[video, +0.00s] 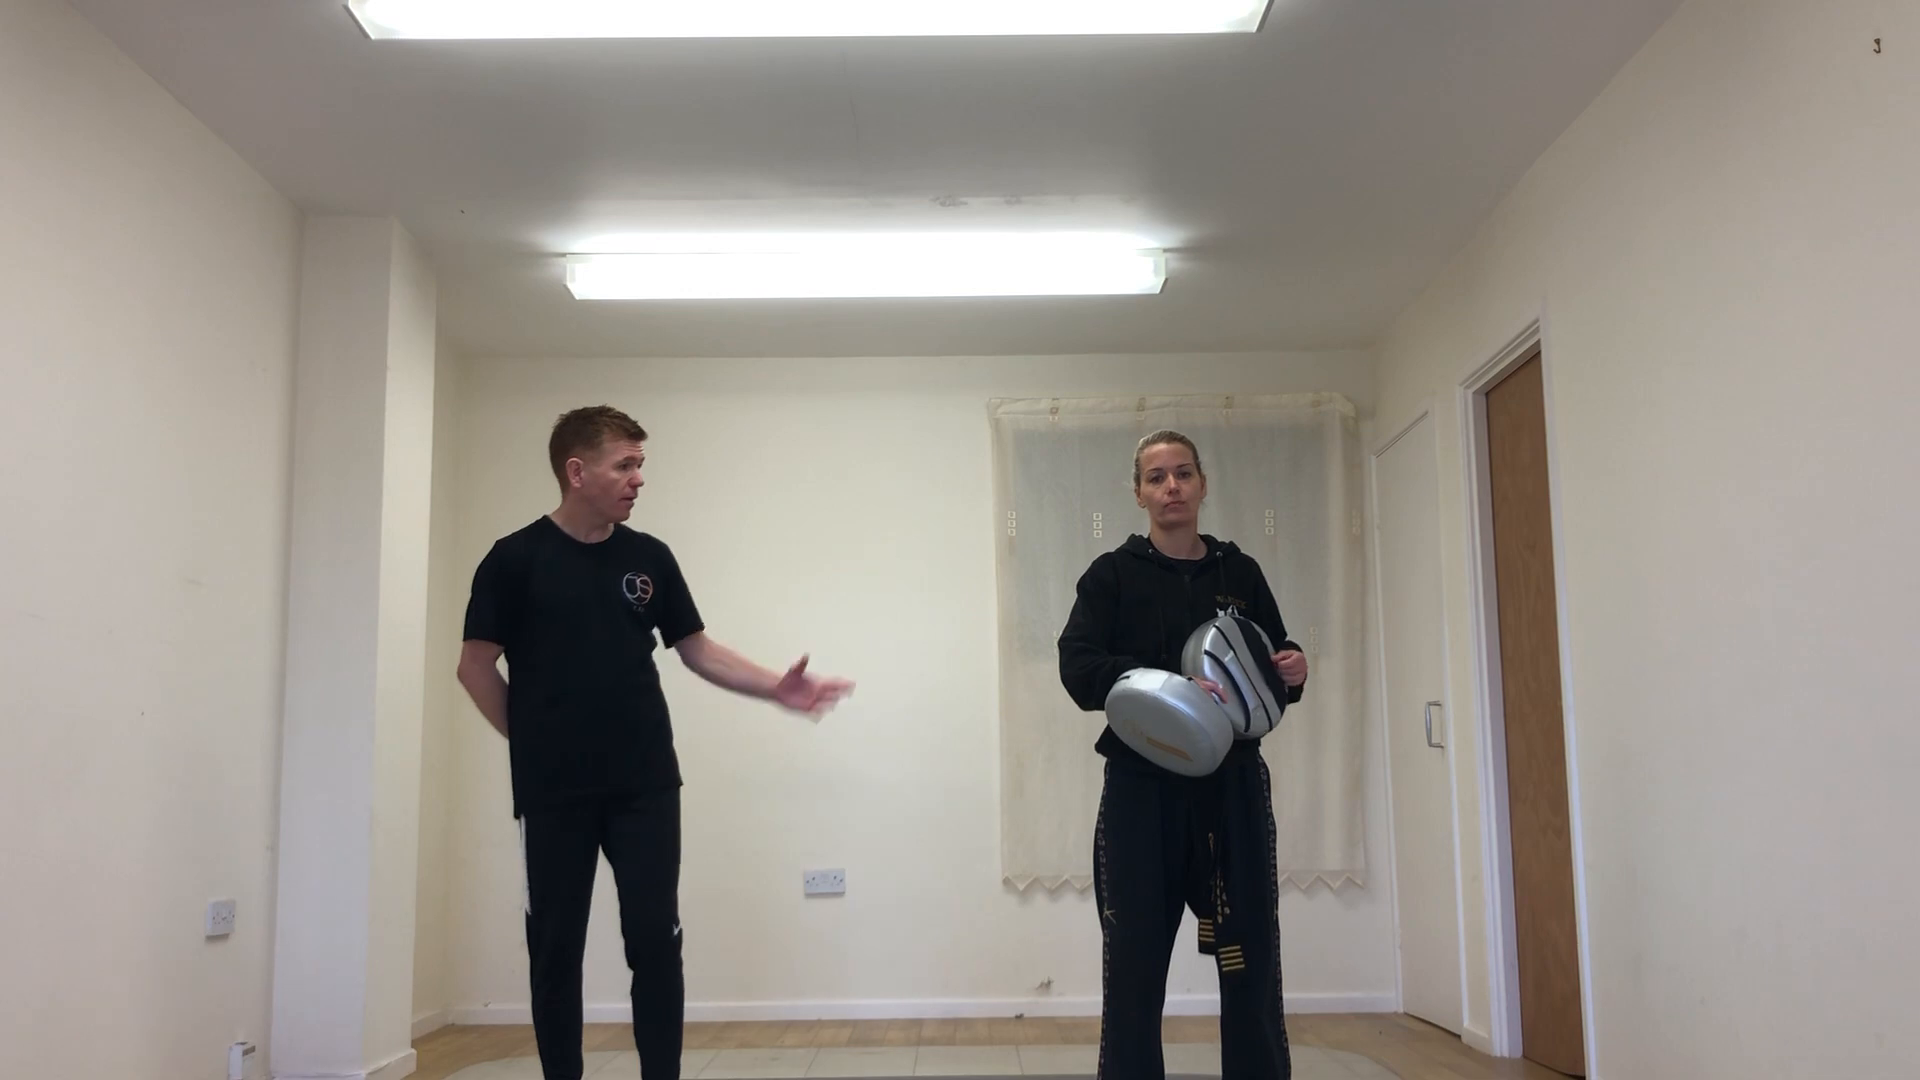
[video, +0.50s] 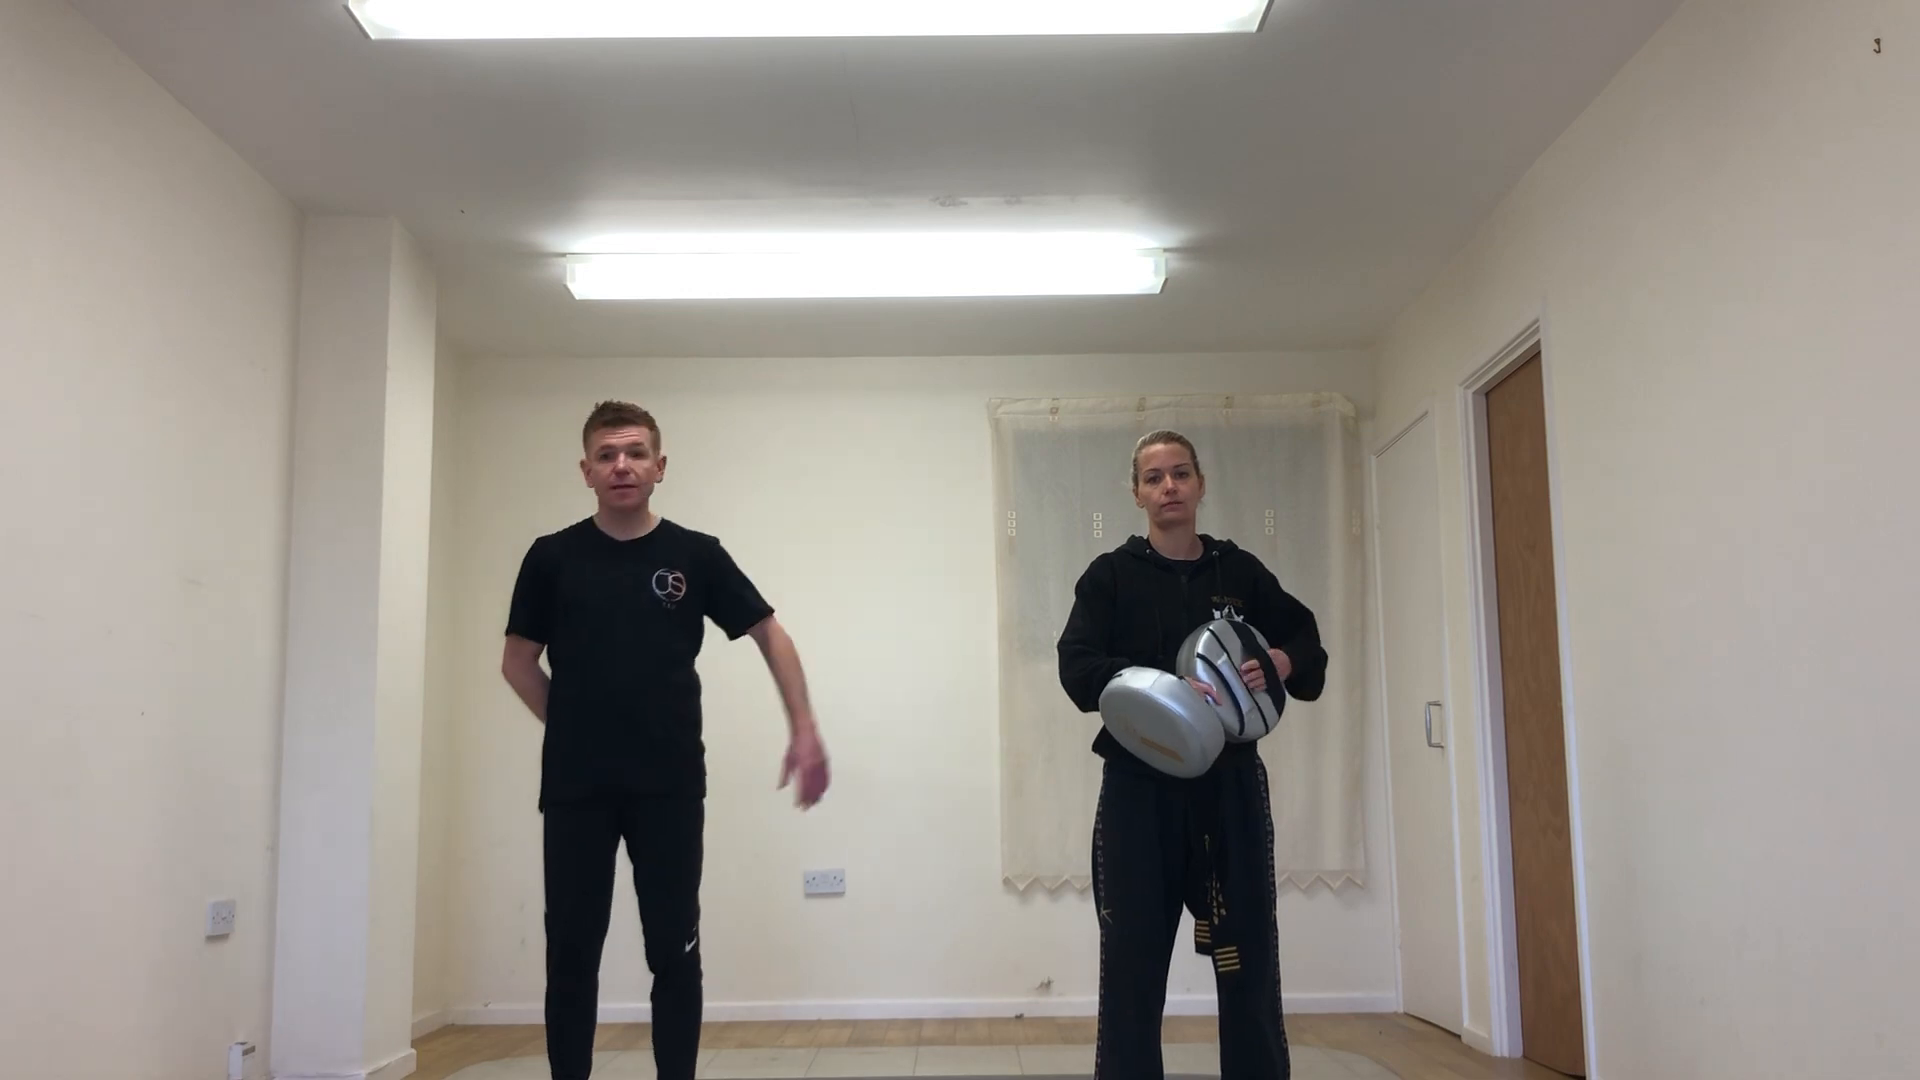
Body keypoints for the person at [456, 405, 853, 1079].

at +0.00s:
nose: (639, 480)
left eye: (641, 467)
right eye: (625, 467)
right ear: (574, 471)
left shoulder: (648, 557)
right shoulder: (512, 560)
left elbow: (697, 649)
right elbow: (473, 667)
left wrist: (776, 686)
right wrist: (530, 733)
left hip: (643, 778)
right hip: (554, 784)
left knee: (656, 944)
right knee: (555, 949)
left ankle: (662, 1075)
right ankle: (561, 1075)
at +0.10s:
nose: (647, 480)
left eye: (649, 467)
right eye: (634, 467)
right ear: (584, 468)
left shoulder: (650, 558)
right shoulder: (518, 555)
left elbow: (717, 637)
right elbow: (475, 662)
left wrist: (806, 627)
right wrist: (527, 735)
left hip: (643, 777)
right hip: (556, 783)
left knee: (659, 946)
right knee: (555, 951)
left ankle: (668, 1076)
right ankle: (562, 1075)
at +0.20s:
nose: (651, 477)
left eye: (653, 465)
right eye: (638, 464)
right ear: (588, 467)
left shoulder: (659, 559)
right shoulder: (523, 555)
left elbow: (738, 624)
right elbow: (479, 661)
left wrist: (827, 597)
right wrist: (531, 732)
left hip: (647, 780)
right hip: (557, 783)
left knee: (662, 949)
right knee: (556, 951)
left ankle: (671, 1076)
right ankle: (562, 1076)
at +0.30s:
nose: (635, 472)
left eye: (644, 460)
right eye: (619, 458)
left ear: (652, 468)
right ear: (579, 466)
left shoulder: (670, 558)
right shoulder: (529, 556)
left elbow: (750, 624)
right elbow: (488, 660)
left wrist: (841, 604)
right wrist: (541, 728)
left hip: (653, 780)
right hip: (563, 782)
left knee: (665, 950)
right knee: (560, 953)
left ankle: (674, 1075)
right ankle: (563, 1075)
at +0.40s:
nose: (621, 466)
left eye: (634, 454)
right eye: (606, 454)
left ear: (653, 469)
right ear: (581, 468)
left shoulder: (682, 557)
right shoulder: (538, 557)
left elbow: (760, 624)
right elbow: (501, 662)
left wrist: (845, 656)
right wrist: (555, 726)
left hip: (659, 777)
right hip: (569, 777)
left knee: (669, 948)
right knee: (565, 949)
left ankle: (675, 1075)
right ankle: (566, 1075)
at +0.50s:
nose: (622, 465)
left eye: (636, 452)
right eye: (607, 454)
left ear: (659, 466)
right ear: (586, 471)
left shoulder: (696, 555)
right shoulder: (551, 557)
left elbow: (770, 635)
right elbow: (517, 662)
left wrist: (804, 727)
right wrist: (571, 722)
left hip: (668, 779)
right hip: (578, 780)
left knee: (675, 954)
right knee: (570, 957)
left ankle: (677, 1076)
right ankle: (568, 1076)